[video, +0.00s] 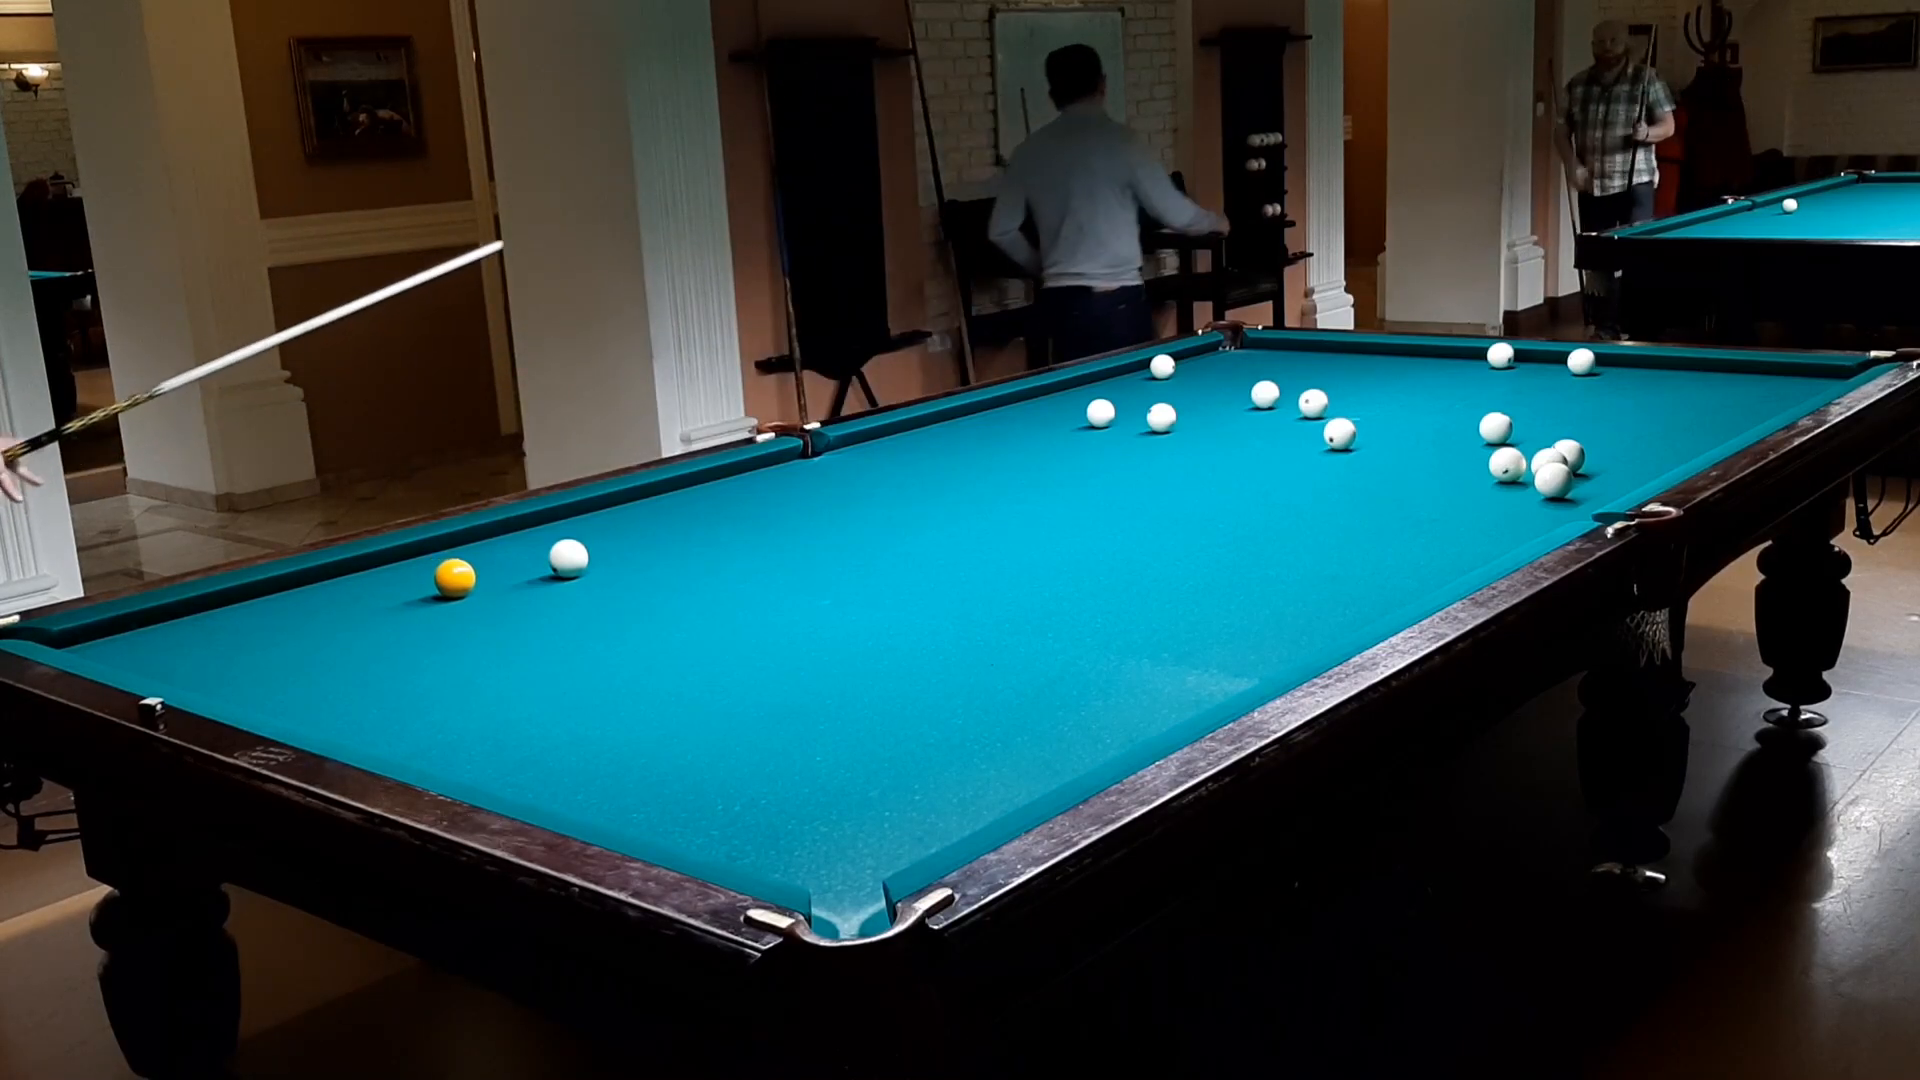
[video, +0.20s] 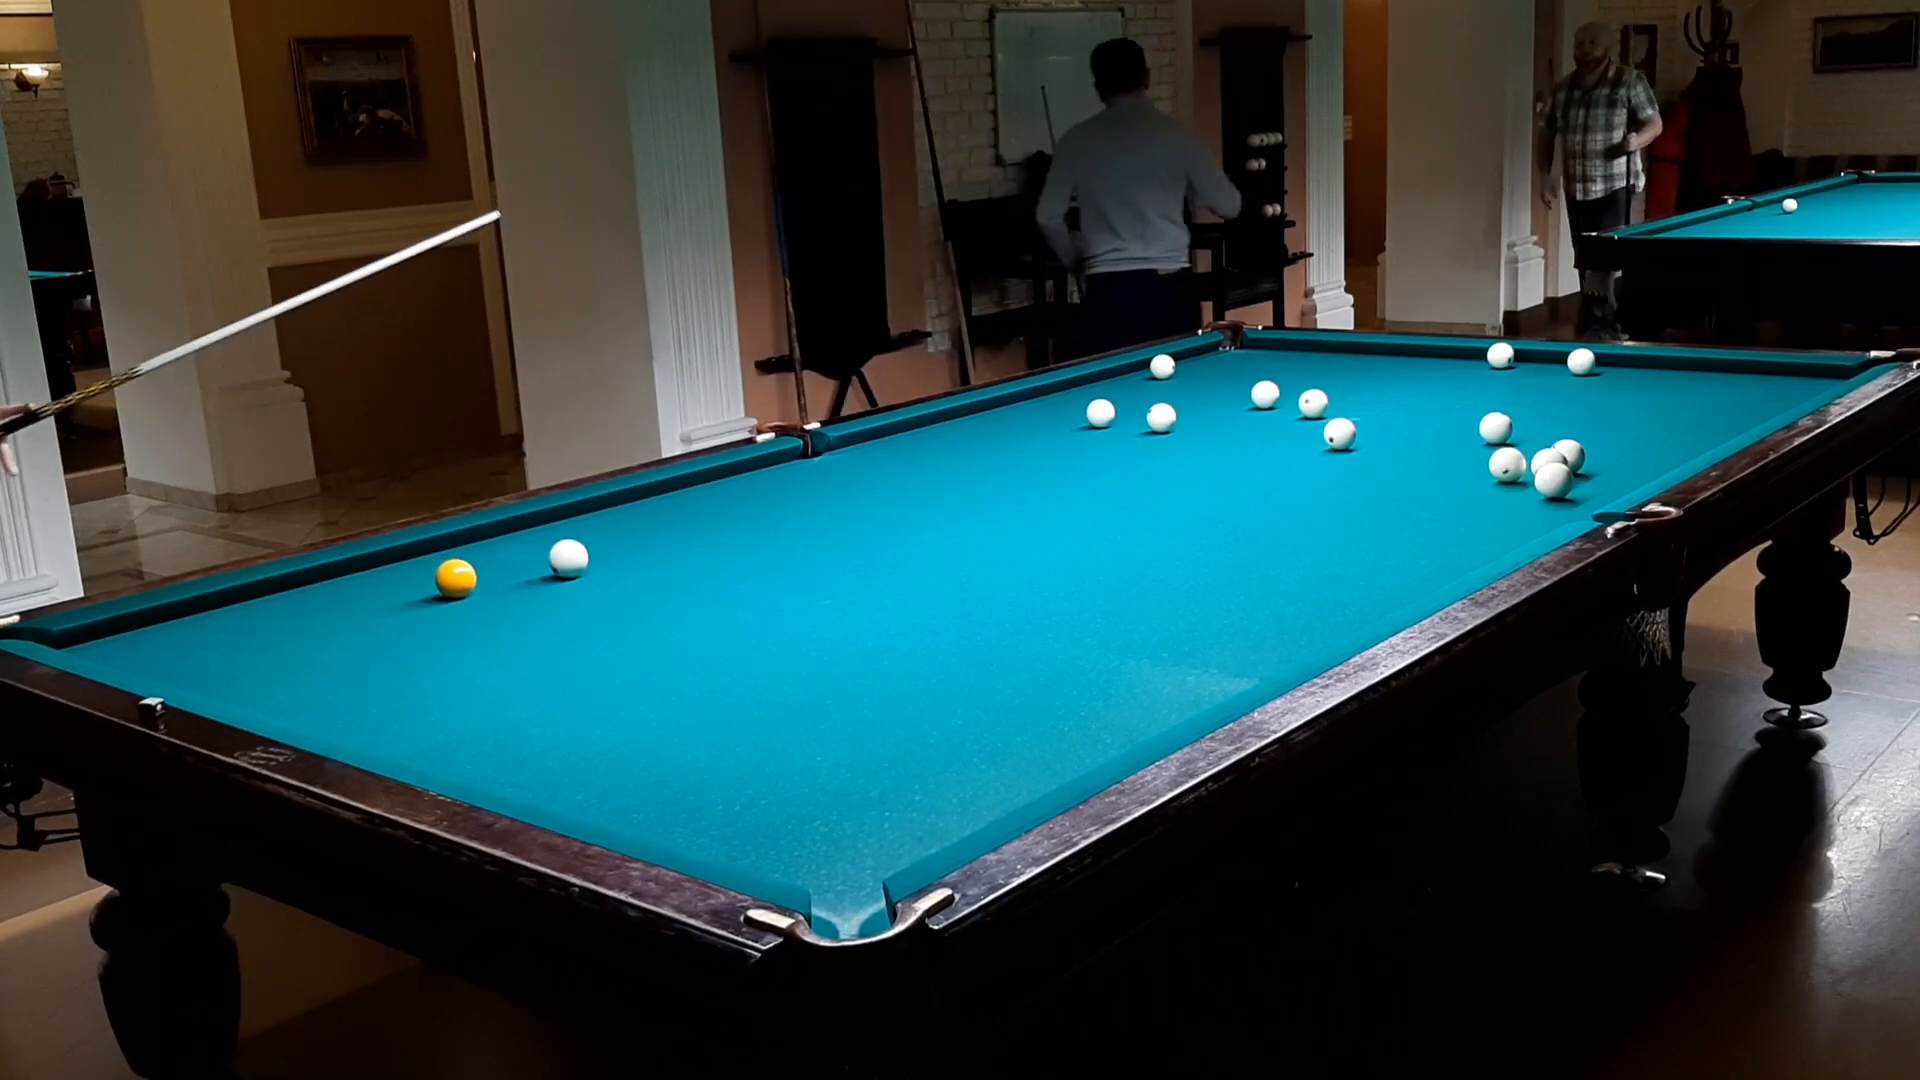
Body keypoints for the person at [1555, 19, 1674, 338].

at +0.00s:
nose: (1607, 48)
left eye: (1613, 42)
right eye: (1600, 42)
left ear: (1625, 44)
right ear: (1592, 45)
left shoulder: (1646, 79)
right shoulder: (1577, 85)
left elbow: (1667, 126)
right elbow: (1561, 133)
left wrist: (1649, 133)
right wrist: (1574, 166)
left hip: (1634, 185)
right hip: (1592, 187)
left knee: (1633, 255)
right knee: (1596, 258)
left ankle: (1633, 325)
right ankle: (1602, 325)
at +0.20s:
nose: (1583, 50)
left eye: (1590, 43)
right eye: (1579, 43)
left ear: (1607, 47)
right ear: (1573, 47)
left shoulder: (1630, 81)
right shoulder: (1565, 87)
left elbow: (1655, 124)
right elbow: (1547, 134)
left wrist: (1636, 140)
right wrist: (1547, 178)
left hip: (1616, 185)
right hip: (1577, 187)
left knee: (1608, 256)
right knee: (1585, 257)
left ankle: (1608, 323)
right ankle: (1590, 323)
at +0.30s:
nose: (1577, 52)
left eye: (1584, 46)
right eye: (1572, 46)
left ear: (1599, 49)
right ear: (1566, 49)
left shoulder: (1621, 84)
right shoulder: (1556, 90)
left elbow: (1648, 126)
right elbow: (1541, 138)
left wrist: (1627, 143)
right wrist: (1540, 181)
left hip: (1607, 187)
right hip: (1570, 190)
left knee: (1589, 258)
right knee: (1587, 259)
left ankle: (1567, 323)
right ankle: (1606, 324)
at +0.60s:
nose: (1554, 51)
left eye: (1562, 45)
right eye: (1551, 44)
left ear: (1579, 49)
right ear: (1547, 46)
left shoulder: (1595, 87)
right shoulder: (1537, 86)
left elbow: (1616, 134)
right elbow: (1530, 129)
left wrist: (1590, 145)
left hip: (1573, 191)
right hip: (1538, 191)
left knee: (1563, 265)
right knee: (1539, 263)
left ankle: (1551, 332)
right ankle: (1584, 314)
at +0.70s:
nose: (1544, 50)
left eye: (1552, 44)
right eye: (1541, 43)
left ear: (1570, 48)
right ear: (1537, 45)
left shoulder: (1585, 86)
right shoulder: (1531, 85)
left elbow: (1606, 135)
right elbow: (1528, 133)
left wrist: (1575, 142)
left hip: (1566, 192)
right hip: (1528, 192)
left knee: (1562, 266)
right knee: (1517, 260)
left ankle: (1552, 332)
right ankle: (1563, 310)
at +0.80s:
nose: (1534, 51)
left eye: (1542, 44)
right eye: (1532, 44)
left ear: (1560, 47)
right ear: (1529, 45)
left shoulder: (1576, 84)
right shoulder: (1525, 83)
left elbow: (1599, 134)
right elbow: (1521, 133)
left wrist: (1567, 147)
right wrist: (1512, 170)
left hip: (1558, 194)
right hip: (1520, 193)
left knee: (1557, 267)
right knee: (1503, 260)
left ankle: (1549, 330)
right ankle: (1530, 325)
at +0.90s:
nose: (1520, 51)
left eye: (1527, 45)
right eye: (1520, 45)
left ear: (1547, 49)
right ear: (1523, 47)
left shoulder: (1569, 85)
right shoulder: (1518, 85)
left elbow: (1592, 134)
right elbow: (1512, 135)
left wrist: (1561, 149)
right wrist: (1504, 172)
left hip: (1552, 197)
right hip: (1512, 195)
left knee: (1553, 272)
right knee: (1495, 265)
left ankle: (1549, 335)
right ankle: (1492, 332)